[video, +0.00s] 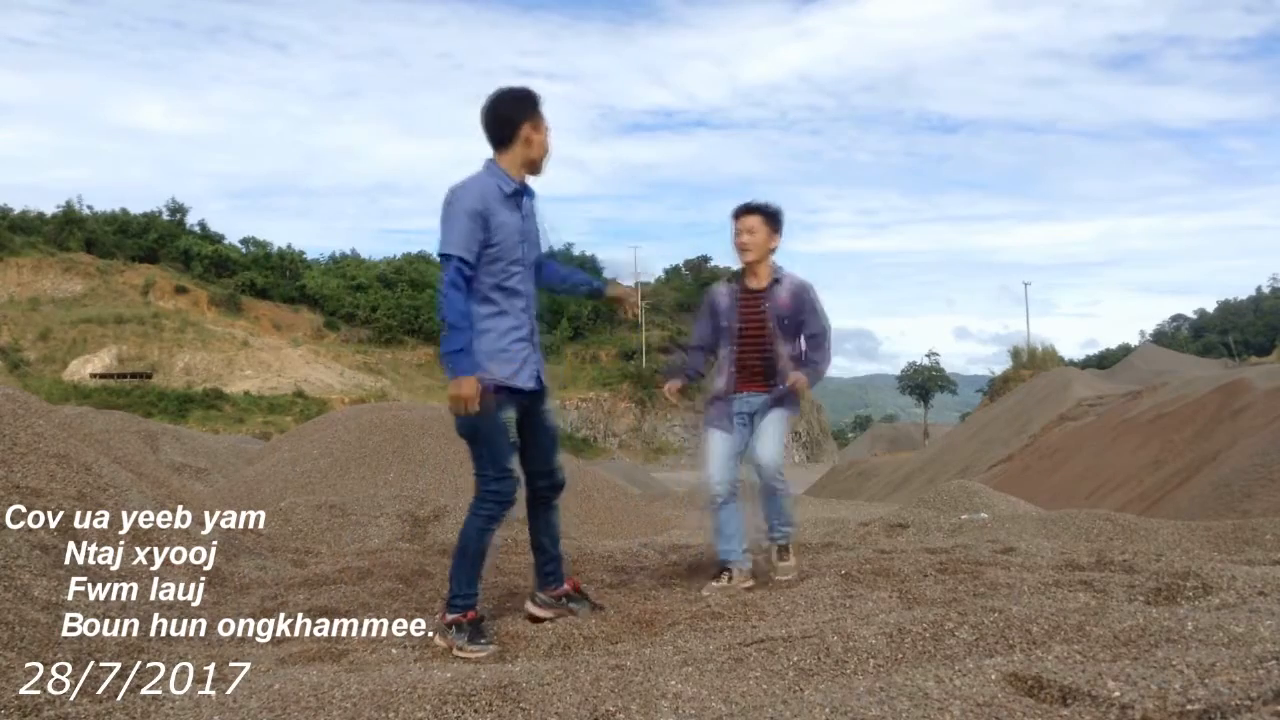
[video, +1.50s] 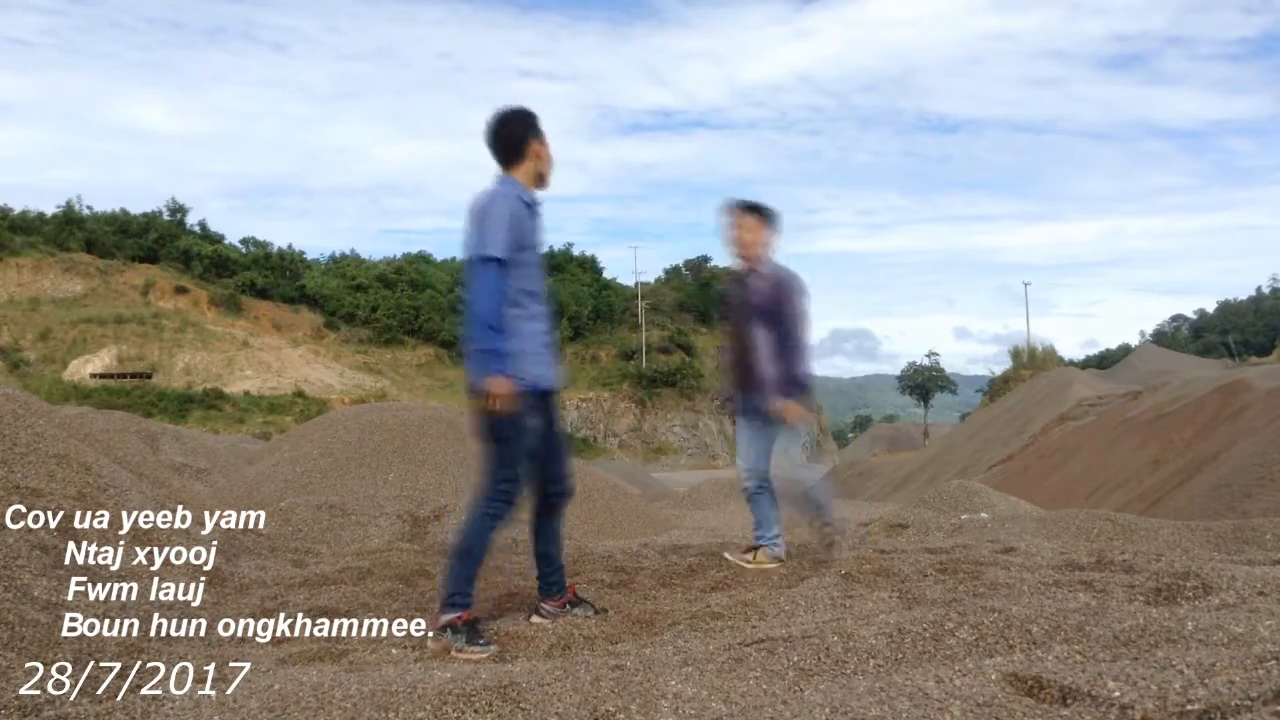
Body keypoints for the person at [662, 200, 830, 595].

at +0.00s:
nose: (742, 240)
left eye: (751, 233)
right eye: (738, 234)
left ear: (773, 239)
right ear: (734, 239)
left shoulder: (796, 291)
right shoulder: (719, 295)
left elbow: (820, 342)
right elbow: (700, 347)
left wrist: (808, 373)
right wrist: (681, 376)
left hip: (776, 400)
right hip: (728, 402)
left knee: (766, 461)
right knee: (719, 483)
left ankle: (781, 540)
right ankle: (736, 567)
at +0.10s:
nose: (755, 247)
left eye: (765, 240)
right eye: (752, 240)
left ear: (786, 246)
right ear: (747, 244)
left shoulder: (806, 295)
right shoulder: (734, 296)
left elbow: (827, 348)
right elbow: (721, 349)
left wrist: (826, 397)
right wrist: (710, 391)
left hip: (792, 407)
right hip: (745, 406)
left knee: (792, 481)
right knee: (732, 477)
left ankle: (809, 550)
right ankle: (737, 559)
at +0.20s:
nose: (762, 256)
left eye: (771, 248)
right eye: (758, 249)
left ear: (793, 253)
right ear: (754, 253)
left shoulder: (816, 301)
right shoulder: (748, 300)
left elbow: (836, 360)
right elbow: (740, 356)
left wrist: (852, 414)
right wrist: (730, 403)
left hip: (812, 408)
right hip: (768, 407)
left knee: (806, 477)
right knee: (742, 467)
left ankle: (812, 552)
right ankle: (772, 544)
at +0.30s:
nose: (771, 246)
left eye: (779, 239)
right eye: (766, 240)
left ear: (800, 242)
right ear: (762, 243)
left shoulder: (824, 287)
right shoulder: (757, 294)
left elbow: (844, 345)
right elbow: (753, 349)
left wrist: (855, 397)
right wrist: (749, 395)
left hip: (821, 399)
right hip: (778, 402)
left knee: (808, 469)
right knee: (766, 474)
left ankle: (814, 547)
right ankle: (800, 529)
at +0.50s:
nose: (788, 258)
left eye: (796, 251)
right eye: (784, 251)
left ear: (817, 257)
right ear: (780, 256)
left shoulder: (836, 302)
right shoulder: (777, 305)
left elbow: (858, 356)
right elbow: (771, 358)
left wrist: (866, 409)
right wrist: (764, 403)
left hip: (830, 405)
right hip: (794, 407)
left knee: (812, 466)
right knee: (817, 473)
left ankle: (814, 547)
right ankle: (849, 539)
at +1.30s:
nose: (784, 236)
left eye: (793, 229)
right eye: (780, 229)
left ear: (813, 236)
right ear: (777, 236)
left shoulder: (825, 282)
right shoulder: (784, 284)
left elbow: (833, 342)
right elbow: (791, 343)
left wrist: (825, 396)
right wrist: (787, 392)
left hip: (826, 392)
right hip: (793, 391)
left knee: (837, 466)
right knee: (769, 454)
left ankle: (854, 540)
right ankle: (804, 528)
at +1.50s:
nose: (741, 236)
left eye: (749, 229)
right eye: (737, 228)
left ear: (767, 234)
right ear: (733, 233)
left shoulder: (784, 282)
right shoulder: (735, 285)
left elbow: (794, 340)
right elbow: (738, 343)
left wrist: (795, 393)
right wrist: (736, 390)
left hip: (785, 394)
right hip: (751, 395)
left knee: (789, 468)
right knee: (753, 475)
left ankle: (828, 523)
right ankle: (770, 545)